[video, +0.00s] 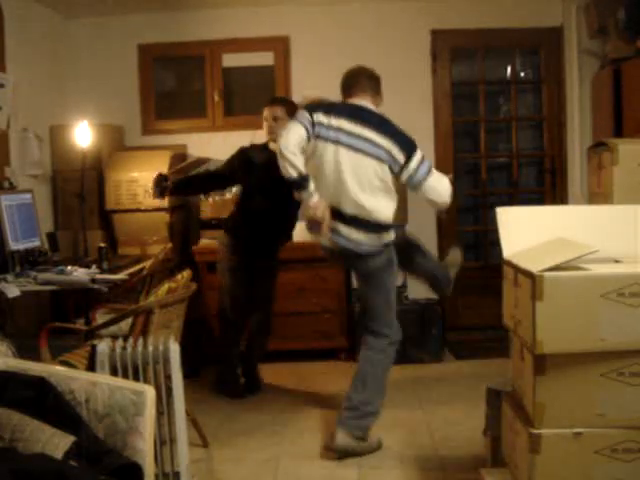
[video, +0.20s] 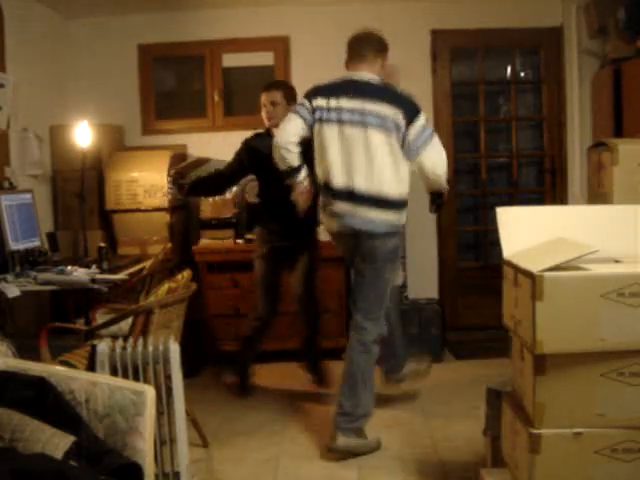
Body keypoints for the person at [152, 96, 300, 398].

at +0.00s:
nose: (271, 126)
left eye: (277, 120)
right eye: (267, 120)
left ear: (292, 124)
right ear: (262, 122)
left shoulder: (298, 161)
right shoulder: (250, 156)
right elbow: (216, 178)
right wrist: (172, 187)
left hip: (270, 244)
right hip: (239, 242)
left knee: (261, 311)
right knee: (234, 310)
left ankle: (251, 370)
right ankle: (226, 374)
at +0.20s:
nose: (267, 112)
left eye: (274, 105)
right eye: (263, 106)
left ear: (291, 107)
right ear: (260, 110)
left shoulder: (308, 142)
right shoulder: (256, 146)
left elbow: (324, 179)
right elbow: (225, 178)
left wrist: (314, 197)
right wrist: (187, 188)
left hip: (304, 229)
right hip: (270, 229)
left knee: (308, 300)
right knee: (266, 306)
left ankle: (314, 364)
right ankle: (241, 368)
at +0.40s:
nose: (276, 133)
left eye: (283, 126)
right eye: (273, 127)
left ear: (301, 126)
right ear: (271, 129)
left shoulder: (322, 157)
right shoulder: (268, 165)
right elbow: (238, 191)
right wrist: (202, 198)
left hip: (336, 247)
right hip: (300, 249)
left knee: (343, 311)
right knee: (306, 318)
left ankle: (355, 373)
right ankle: (317, 381)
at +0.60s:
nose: (262, 133)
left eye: (268, 126)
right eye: (259, 127)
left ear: (289, 125)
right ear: (260, 129)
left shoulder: (323, 163)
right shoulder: (268, 161)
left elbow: (325, 219)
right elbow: (251, 196)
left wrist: (307, 259)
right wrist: (226, 197)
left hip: (338, 235)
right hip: (308, 234)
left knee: (338, 310)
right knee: (286, 279)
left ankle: (360, 378)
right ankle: (309, 348)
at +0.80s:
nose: (255, 146)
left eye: (261, 139)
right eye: (252, 140)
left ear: (282, 137)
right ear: (253, 140)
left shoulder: (304, 178)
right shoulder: (268, 172)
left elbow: (278, 233)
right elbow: (261, 209)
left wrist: (228, 265)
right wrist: (238, 207)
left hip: (341, 248)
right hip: (309, 247)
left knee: (337, 323)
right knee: (296, 316)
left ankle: (377, 373)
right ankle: (311, 387)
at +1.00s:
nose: (242, 147)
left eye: (247, 139)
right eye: (239, 139)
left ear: (269, 136)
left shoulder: (292, 173)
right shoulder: (264, 168)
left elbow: (276, 239)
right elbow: (264, 201)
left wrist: (233, 273)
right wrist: (232, 208)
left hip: (335, 232)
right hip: (310, 232)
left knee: (307, 300)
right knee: (304, 300)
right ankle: (313, 383)